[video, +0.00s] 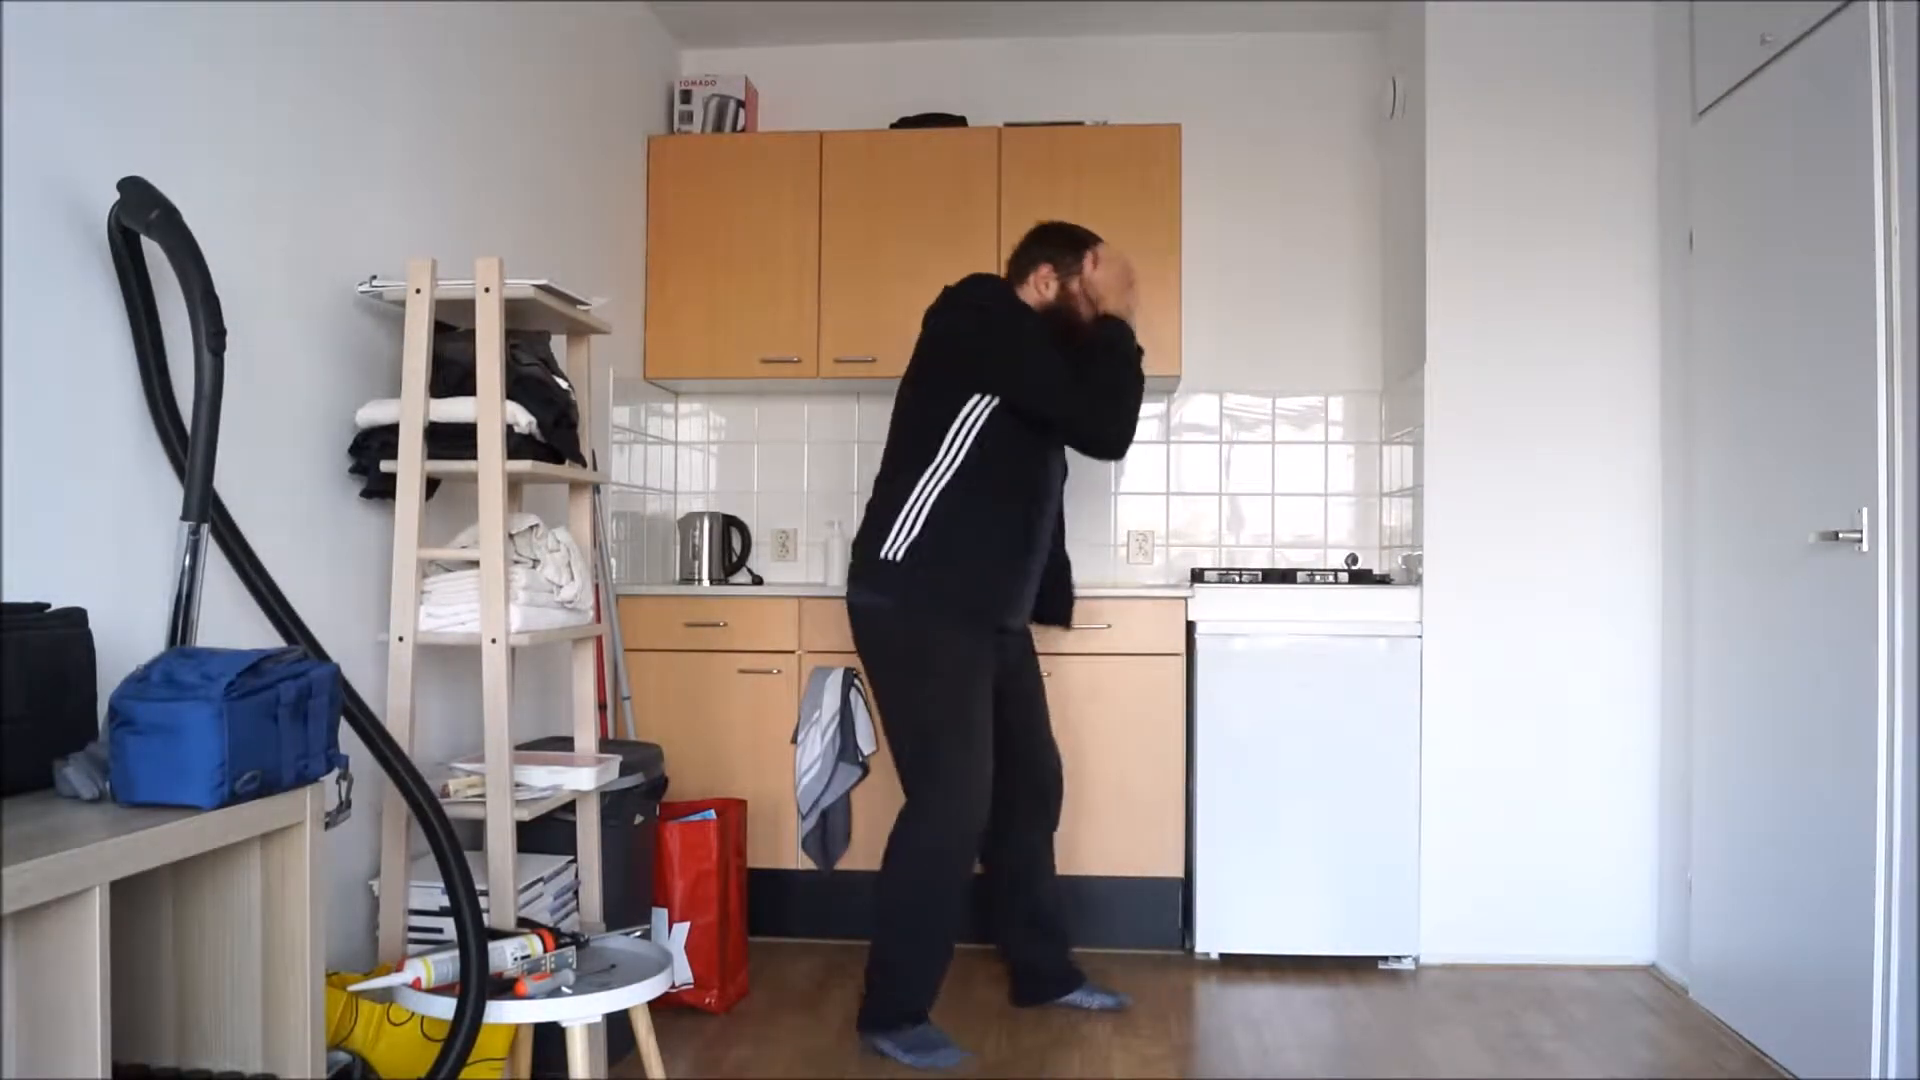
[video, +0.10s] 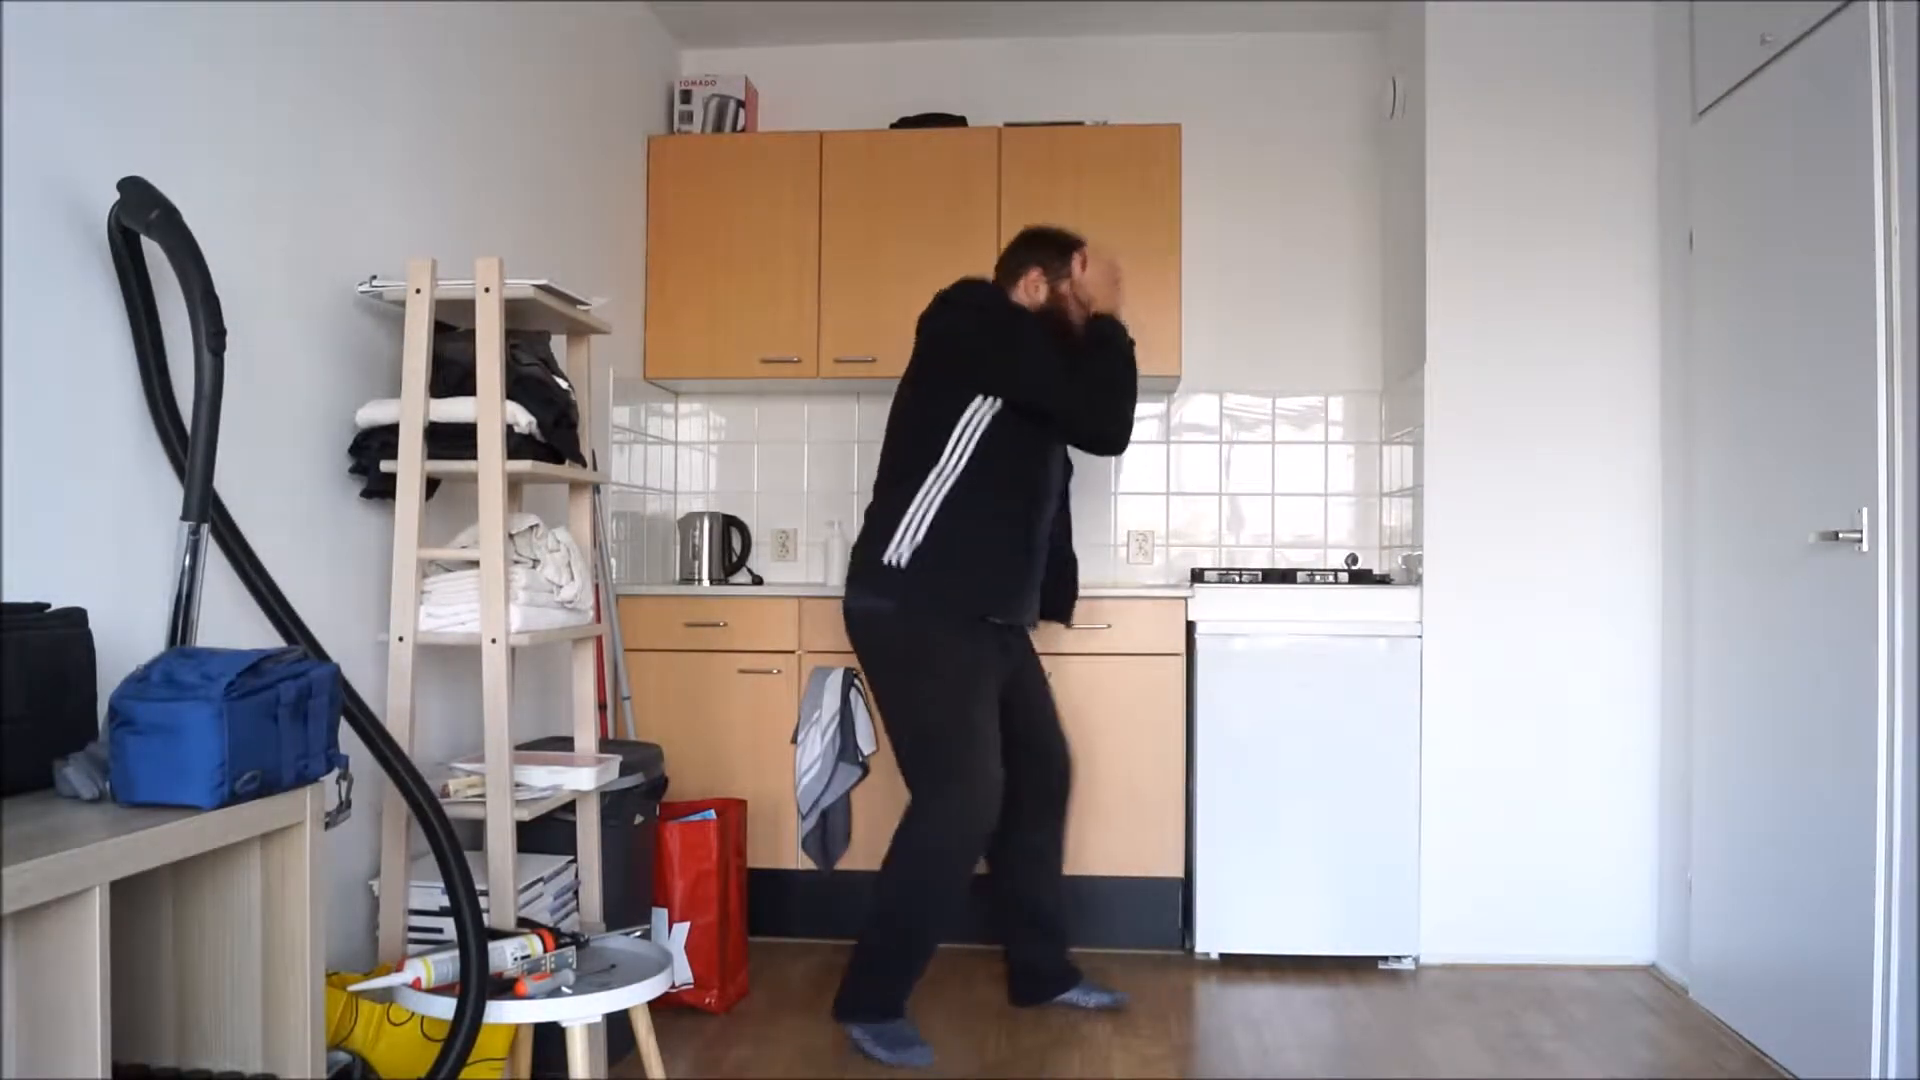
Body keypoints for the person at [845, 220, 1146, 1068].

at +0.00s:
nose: (1101, 310)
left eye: (1102, 297)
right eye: (1093, 294)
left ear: (1041, 283)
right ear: (1044, 282)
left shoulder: (1028, 338)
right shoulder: (979, 315)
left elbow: (1101, 428)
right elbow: (1105, 425)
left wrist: (1103, 335)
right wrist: (1117, 326)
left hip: (985, 609)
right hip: (914, 604)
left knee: (1028, 786)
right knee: (950, 799)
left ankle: (1041, 976)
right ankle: (891, 1014)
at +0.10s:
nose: (1087, 312)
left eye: (1088, 299)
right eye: (1081, 296)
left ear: (1031, 285)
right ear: (1036, 284)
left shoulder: (1028, 347)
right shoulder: (970, 316)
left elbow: (1100, 429)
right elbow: (1105, 419)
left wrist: (1096, 333)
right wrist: (1108, 323)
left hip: (987, 616)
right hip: (914, 610)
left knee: (1037, 776)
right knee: (959, 797)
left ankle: (1039, 974)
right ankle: (870, 1004)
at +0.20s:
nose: (1089, 371)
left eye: (1090, 357)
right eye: (1083, 354)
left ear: (1039, 347)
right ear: (1044, 345)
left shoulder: (1028, 409)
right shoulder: (975, 381)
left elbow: (1097, 481)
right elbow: (1097, 475)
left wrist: (1099, 396)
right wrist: (1107, 390)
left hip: (980, 657)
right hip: (902, 654)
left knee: (1062, 780)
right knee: (970, 834)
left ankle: (1043, 975)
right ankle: (862, 1017)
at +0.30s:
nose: (1109, 428)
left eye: (1113, 415)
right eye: (1105, 412)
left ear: (1051, 397)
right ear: (1057, 396)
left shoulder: (1028, 444)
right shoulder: (986, 420)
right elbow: (1085, 541)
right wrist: (1115, 446)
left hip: (964, 672)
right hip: (880, 670)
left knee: (1059, 781)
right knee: (967, 837)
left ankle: (1042, 977)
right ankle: (860, 1019)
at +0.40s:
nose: (1090, 439)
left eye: (1095, 428)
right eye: (1089, 424)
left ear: (1047, 405)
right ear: (1051, 404)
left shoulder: (1016, 444)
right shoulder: (978, 429)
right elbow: (1076, 547)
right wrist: (1111, 453)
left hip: (953, 669)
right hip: (870, 666)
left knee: (1051, 780)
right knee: (958, 835)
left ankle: (1042, 977)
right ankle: (859, 1020)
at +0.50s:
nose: (1090, 406)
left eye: (1092, 394)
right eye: (1086, 391)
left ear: (1037, 379)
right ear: (1039, 373)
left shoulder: (1017, 425)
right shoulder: (969, 395)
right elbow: (1078, 510)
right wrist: (1102, 414)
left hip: (959, 658)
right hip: (874, 653)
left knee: (1043, 776)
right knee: (951, 826)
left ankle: (1041, 975)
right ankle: (860, 1018)